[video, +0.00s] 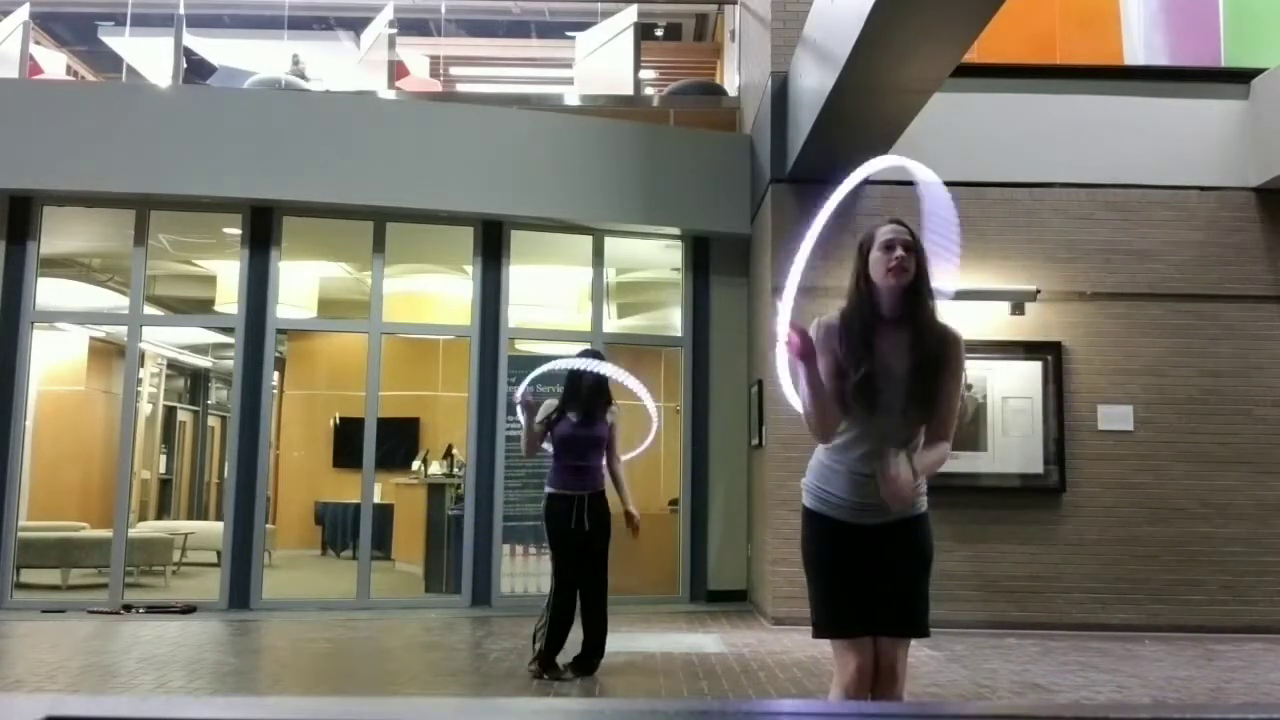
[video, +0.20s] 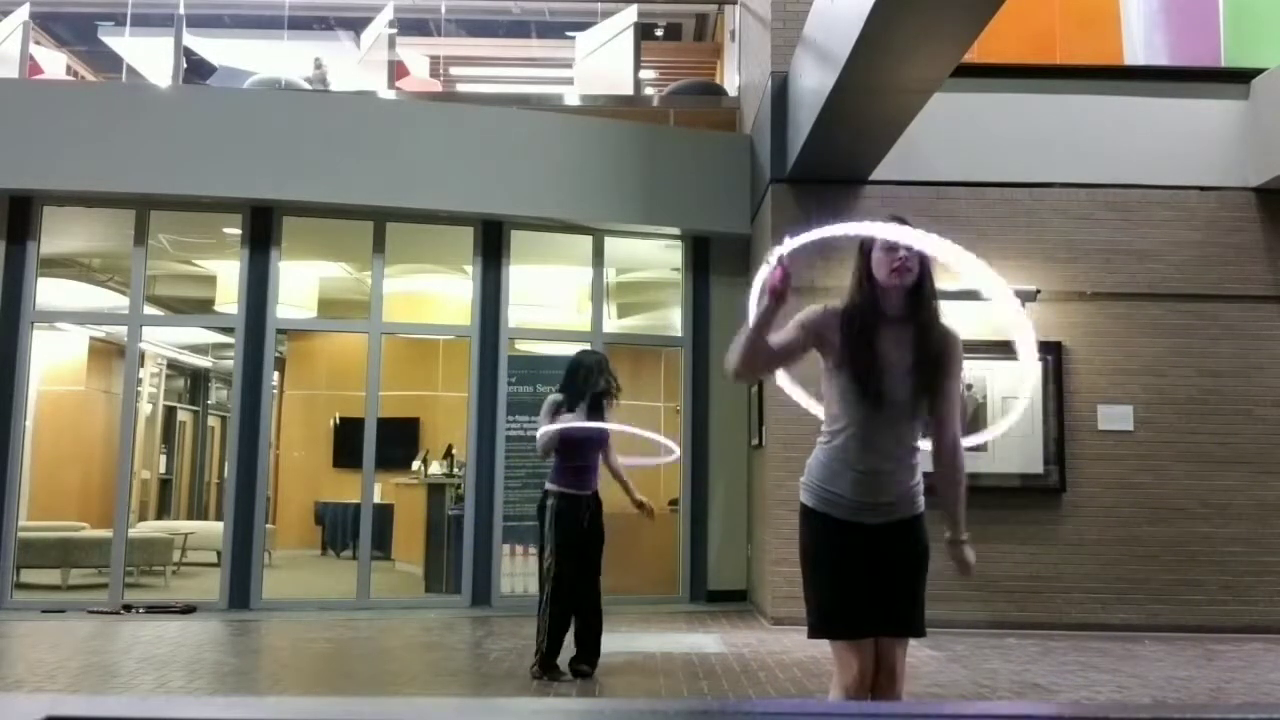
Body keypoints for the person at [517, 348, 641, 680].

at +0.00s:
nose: (590, 382)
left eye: (596, 376)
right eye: (584, 375)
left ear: (603, 380)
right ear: (574, 377)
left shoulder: (607, 414)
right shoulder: (556, 410)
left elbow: (613, 462)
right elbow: (529, 450)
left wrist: (628, 505)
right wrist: (528, 413)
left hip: (594, 502)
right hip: (561, 502)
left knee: (594, 584)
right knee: (566, 582)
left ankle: (589, 659)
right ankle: (546, 657)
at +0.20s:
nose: (603, 384)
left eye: (605, 378)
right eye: (598, 377)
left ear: (602, 379)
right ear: (580, 376)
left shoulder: (600, 409)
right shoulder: (556, 403)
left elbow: (610, 457)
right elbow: (542, 448)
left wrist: (633, 495)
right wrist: (564, 419)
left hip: (590, 503)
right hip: (560, 502)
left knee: (589, 582)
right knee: (559, 581)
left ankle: (585, 660)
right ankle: (545, 661)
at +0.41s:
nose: (609, 380)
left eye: (607, 373)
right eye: (606, 373)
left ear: (576, 373)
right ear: (596, 374)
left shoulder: (569, 400)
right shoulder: (589, 399)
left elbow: (570, 460)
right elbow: (594, 447)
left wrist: (596, 492)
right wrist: (612, 433)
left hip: (562, 498)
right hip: (577, 501)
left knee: (580, 579)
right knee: (568, 577)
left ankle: (580, 659)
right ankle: (542, 660)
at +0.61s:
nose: (603, 385)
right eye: (602, 378)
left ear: (571, 380)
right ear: (604, 382)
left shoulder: (560, 412)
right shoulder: (611, 412)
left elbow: (552, 457)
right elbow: (621, 463)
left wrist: (559, 475)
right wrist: (624, 457)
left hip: (570, 504)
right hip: (603, 506)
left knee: (568, 577)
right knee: (602, 580)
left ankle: (567, 654)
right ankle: (575, 634)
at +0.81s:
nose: (568, 389)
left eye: (568, 384)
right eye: (567, 384)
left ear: (575, 381)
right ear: (600, 376)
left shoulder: (583, 403)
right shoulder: (619, 402)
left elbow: (575, 452)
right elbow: (638, 444)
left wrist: (546, 481)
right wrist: (605, 449)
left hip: (590, 504)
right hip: (616, 505)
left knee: (578, 581)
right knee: (605, 583)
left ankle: (566, 661)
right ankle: (617, 660)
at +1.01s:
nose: (571, 394)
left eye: (574, 386)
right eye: (571, 386)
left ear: (585, 383)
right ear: (601, 377)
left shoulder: (608, 403)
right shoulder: (612, 404)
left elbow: (611, 454)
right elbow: (614, 458)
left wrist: (570, 480)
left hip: (623, 504)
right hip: (625, 503)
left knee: (611, 583)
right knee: (611, 583)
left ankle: (583, 656)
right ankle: (612, 658)